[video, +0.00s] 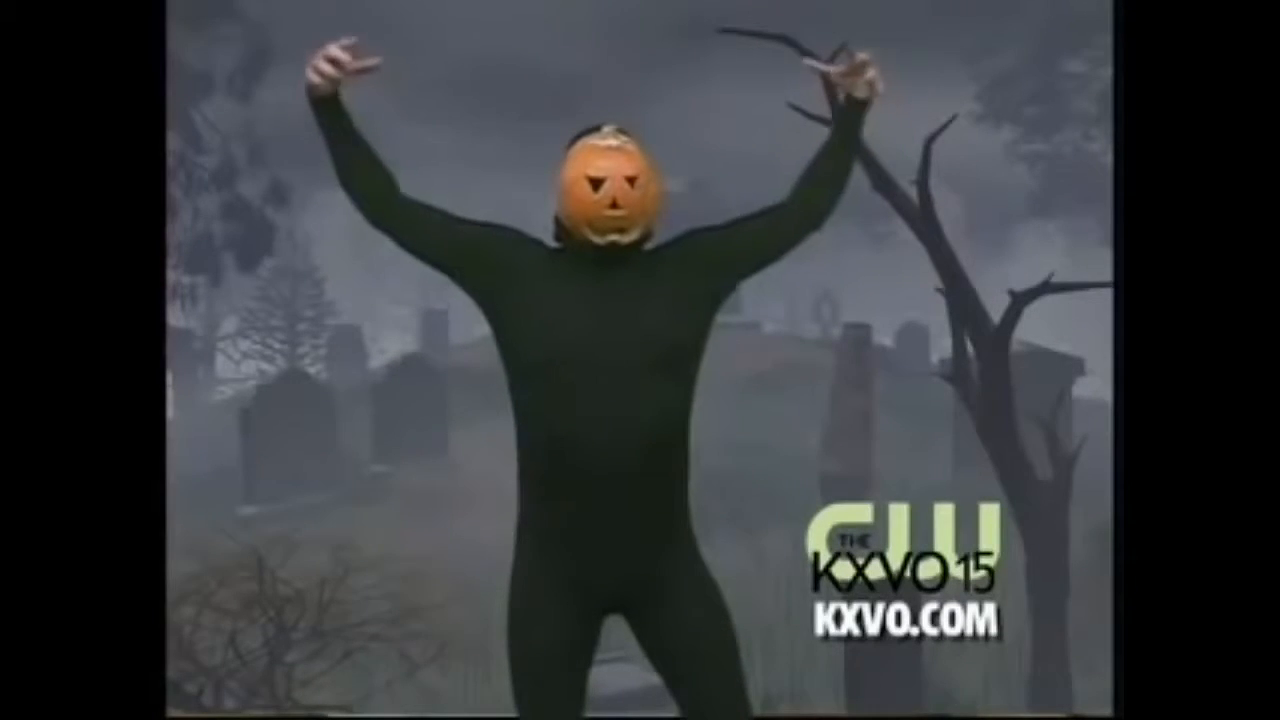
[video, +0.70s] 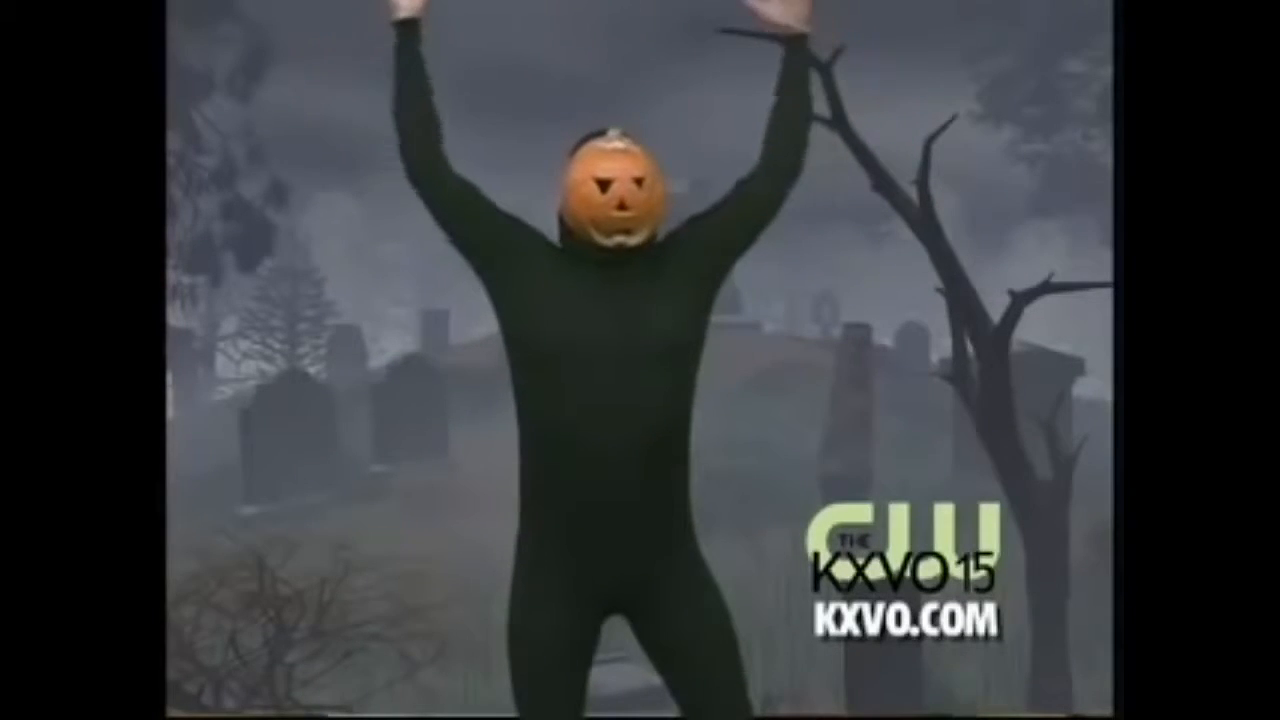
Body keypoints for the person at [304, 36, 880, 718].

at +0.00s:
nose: (614, 190)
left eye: (630, 179)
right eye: (594, 178)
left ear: (656, 199)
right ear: (561, 202)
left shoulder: (694, 270)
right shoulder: (509, 270)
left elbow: (803, 210)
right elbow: (386, 205)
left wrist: (848, 115)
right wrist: (326, 102)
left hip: (665, 557)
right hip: (553, 562)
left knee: (725, 708)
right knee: (545, 710)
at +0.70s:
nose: (619, 191)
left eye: (635, 181)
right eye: (599, 181)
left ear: (661, 203)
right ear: (564, 205)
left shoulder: (689, 268)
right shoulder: (519, 268)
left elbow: (778, 169)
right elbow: (427, 167)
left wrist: (795, 42)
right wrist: (407, 29)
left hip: (667, 561)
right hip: (554, 565)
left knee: (727, 711)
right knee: (546, 711)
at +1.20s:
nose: (625, 210)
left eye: (642, 199)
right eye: (602, 197)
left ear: (666, 224)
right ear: (570, 224)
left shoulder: (689, 288)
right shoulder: (530, 288)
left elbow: (767, 182)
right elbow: (456, 191)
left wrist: (715, 61)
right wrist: (513, 57)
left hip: (665, 565)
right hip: (554, 568)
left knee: (727, 711)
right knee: (545, 711)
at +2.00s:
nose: (629, 232)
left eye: (644, 219)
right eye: (608, 220)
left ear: (667, 238)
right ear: (573, 241)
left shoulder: (699, 310)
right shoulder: (522, 314)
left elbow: (813, 248)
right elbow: (407, 263)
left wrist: (779, 155)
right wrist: (456, 154)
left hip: (665, 573)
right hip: (557, 578)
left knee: (722, 709)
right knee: (551, 711)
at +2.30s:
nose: (627, 236)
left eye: (642, 223)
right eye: (606, 223)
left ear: (667, 240)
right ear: (571, 242)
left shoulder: (700, 317)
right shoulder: (518, 322)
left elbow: (823, 280)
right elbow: (393, 296)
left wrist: (818, 177)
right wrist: (411, 182)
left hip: (665, 577)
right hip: (556, 583)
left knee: (722, 710)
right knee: (551, 714)